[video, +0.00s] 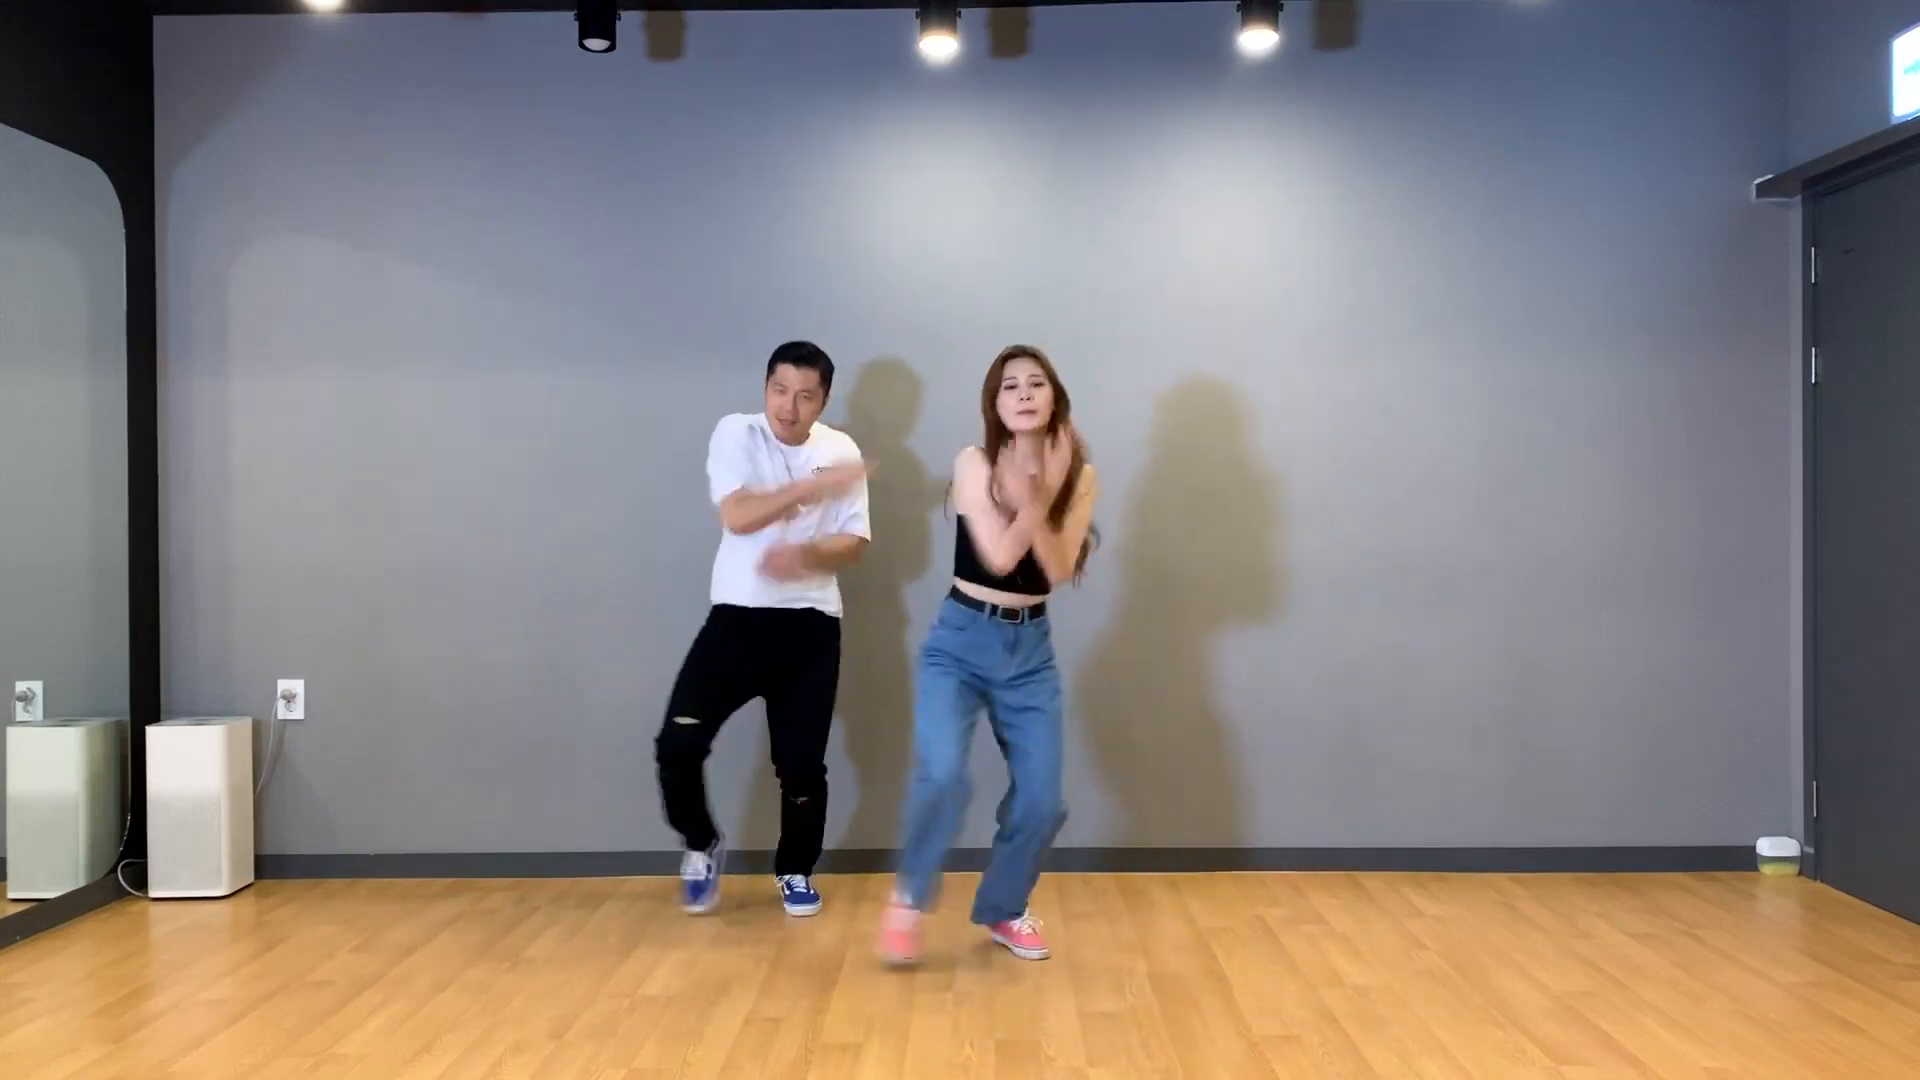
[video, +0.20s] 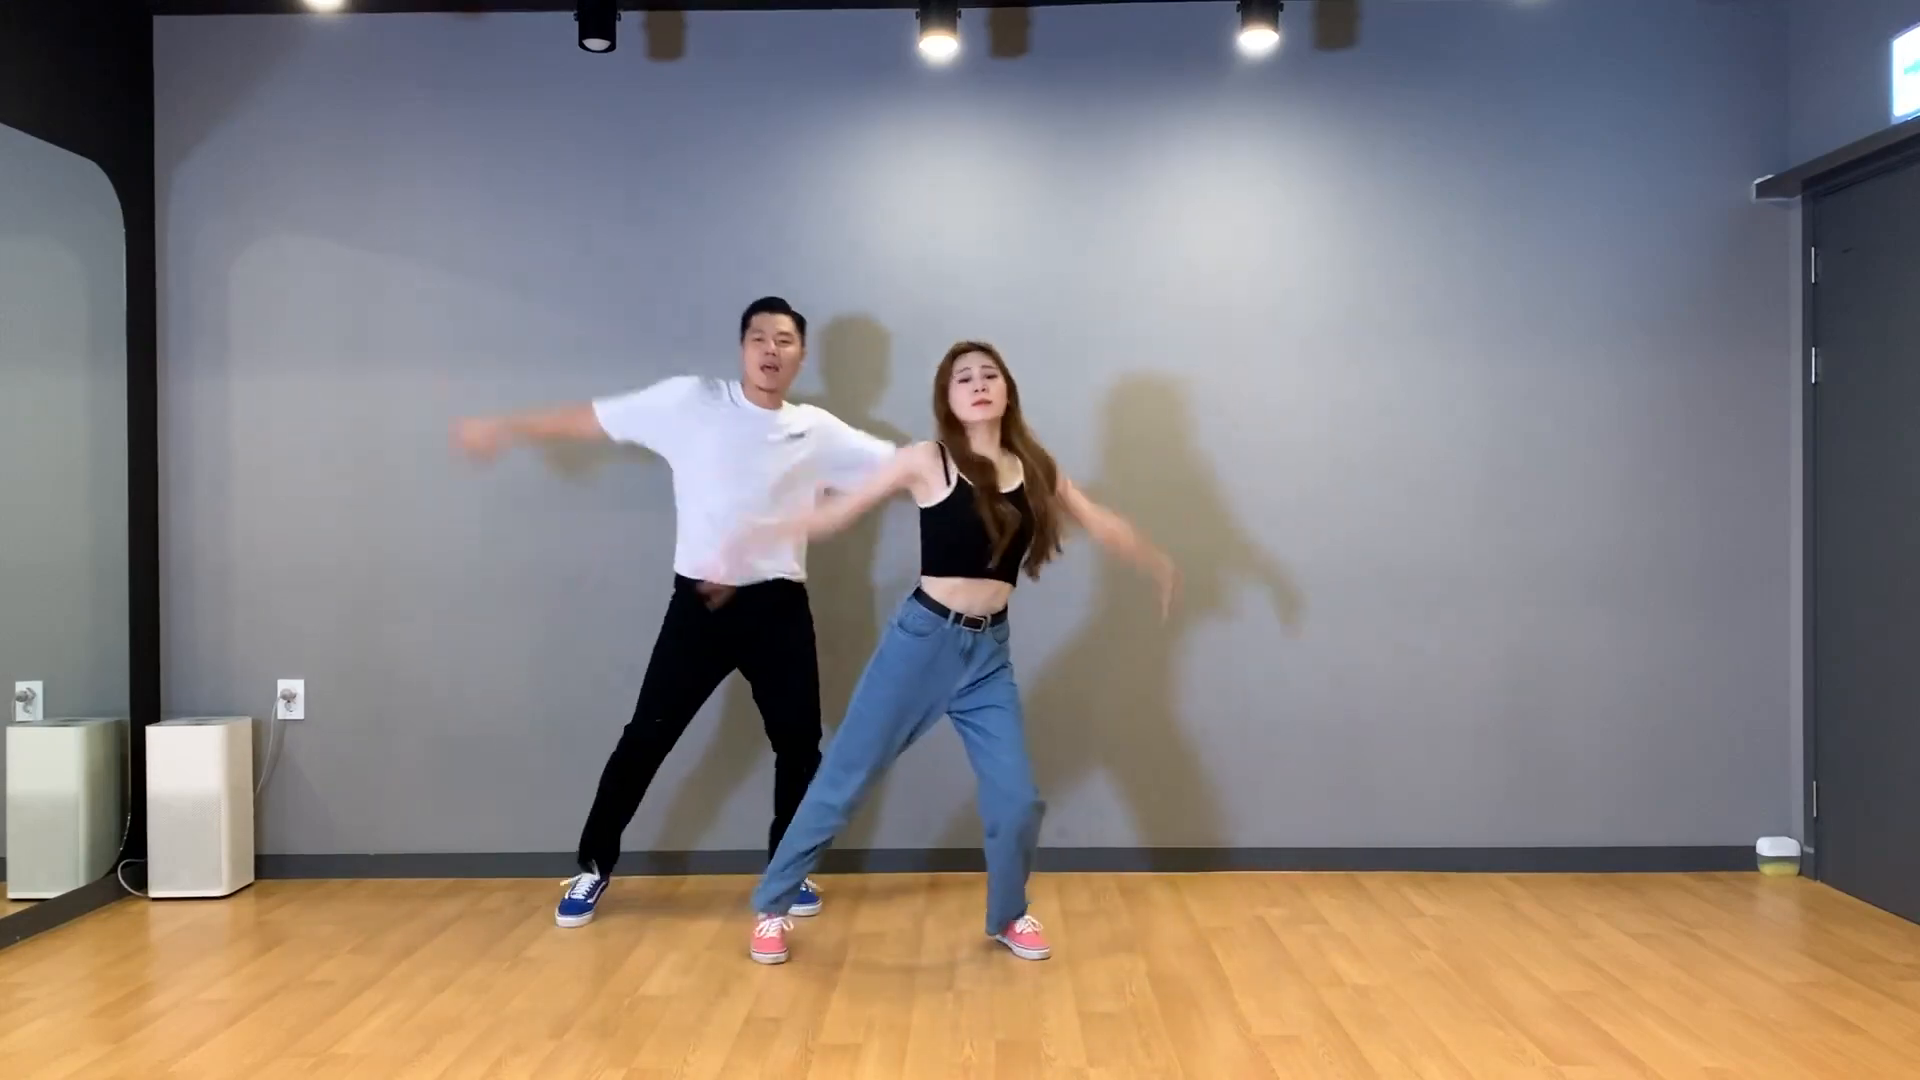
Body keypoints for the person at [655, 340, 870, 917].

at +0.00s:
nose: (789, 406)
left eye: (804, 396)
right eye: (780, 390)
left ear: (823, 399)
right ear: (766, 388)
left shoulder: (842, 452)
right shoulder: (737, 431)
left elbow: (854, 543)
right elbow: (736, 514)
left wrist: (806, 555)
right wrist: (817, 485)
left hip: (809, 626)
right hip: (737, 619)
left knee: (801, 763)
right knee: (677, 744)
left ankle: (796, 872)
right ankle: (702, 847)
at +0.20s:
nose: (772, 349)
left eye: (785, 340)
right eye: (760, 338)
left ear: (801, 355)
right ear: (741, 349)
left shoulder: (817, 431)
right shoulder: (689, 402)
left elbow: (913, 472)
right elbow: (591, 419)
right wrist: (504, 429)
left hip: (778, 607)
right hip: (699, 604)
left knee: (800, 745)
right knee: (646, 737)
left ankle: (787, 877)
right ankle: (592, 870)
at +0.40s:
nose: (733, 336)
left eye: (745, 326)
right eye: (721, 326)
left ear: (762, 340)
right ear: (700, 341)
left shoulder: (787, 397)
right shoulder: (655, 380)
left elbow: (859, 358)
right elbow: (573, 314)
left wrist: (922, 316)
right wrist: (505, 265)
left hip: (753, 599)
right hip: (675, 599)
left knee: (787, 734)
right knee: (632, 734)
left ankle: (766, 875)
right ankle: (586, 871)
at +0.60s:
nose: (714, 361)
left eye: (724, 350)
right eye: (702, 352)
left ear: (741, 359)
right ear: (682, 362)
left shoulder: (761, 410)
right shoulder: (660, 406)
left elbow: (811, 334)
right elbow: (624, 338)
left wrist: (796, 250)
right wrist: (627, 245)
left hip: (738, 610)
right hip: (656, 609)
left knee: (799, 747)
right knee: (609, 748)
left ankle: (821, 874)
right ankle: (575, 879)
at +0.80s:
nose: (715, 390)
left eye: (726, 377)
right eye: (702, 379)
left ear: (747, 378)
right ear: (687, 385)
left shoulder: (778, 427)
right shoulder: (677, 435)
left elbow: (774, 467)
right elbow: (660, 480)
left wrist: (767, 389)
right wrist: (641, 398)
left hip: (738, 622)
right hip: (662, 614)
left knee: (760, 764)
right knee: (613, 745)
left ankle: (813, 867)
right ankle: (581, 878)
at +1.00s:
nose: (743, 394)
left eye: (755, 383)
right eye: (731, 383)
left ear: (774, 386)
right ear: (716, 389)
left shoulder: (809, 445)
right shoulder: (695, 450)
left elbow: (797, 537)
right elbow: (707, 539)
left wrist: (716, 538)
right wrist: (725, 495)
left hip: (790, 626)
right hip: (716, 621)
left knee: (798, 762)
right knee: (648, 744)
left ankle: (799, 873)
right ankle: (608, 872)